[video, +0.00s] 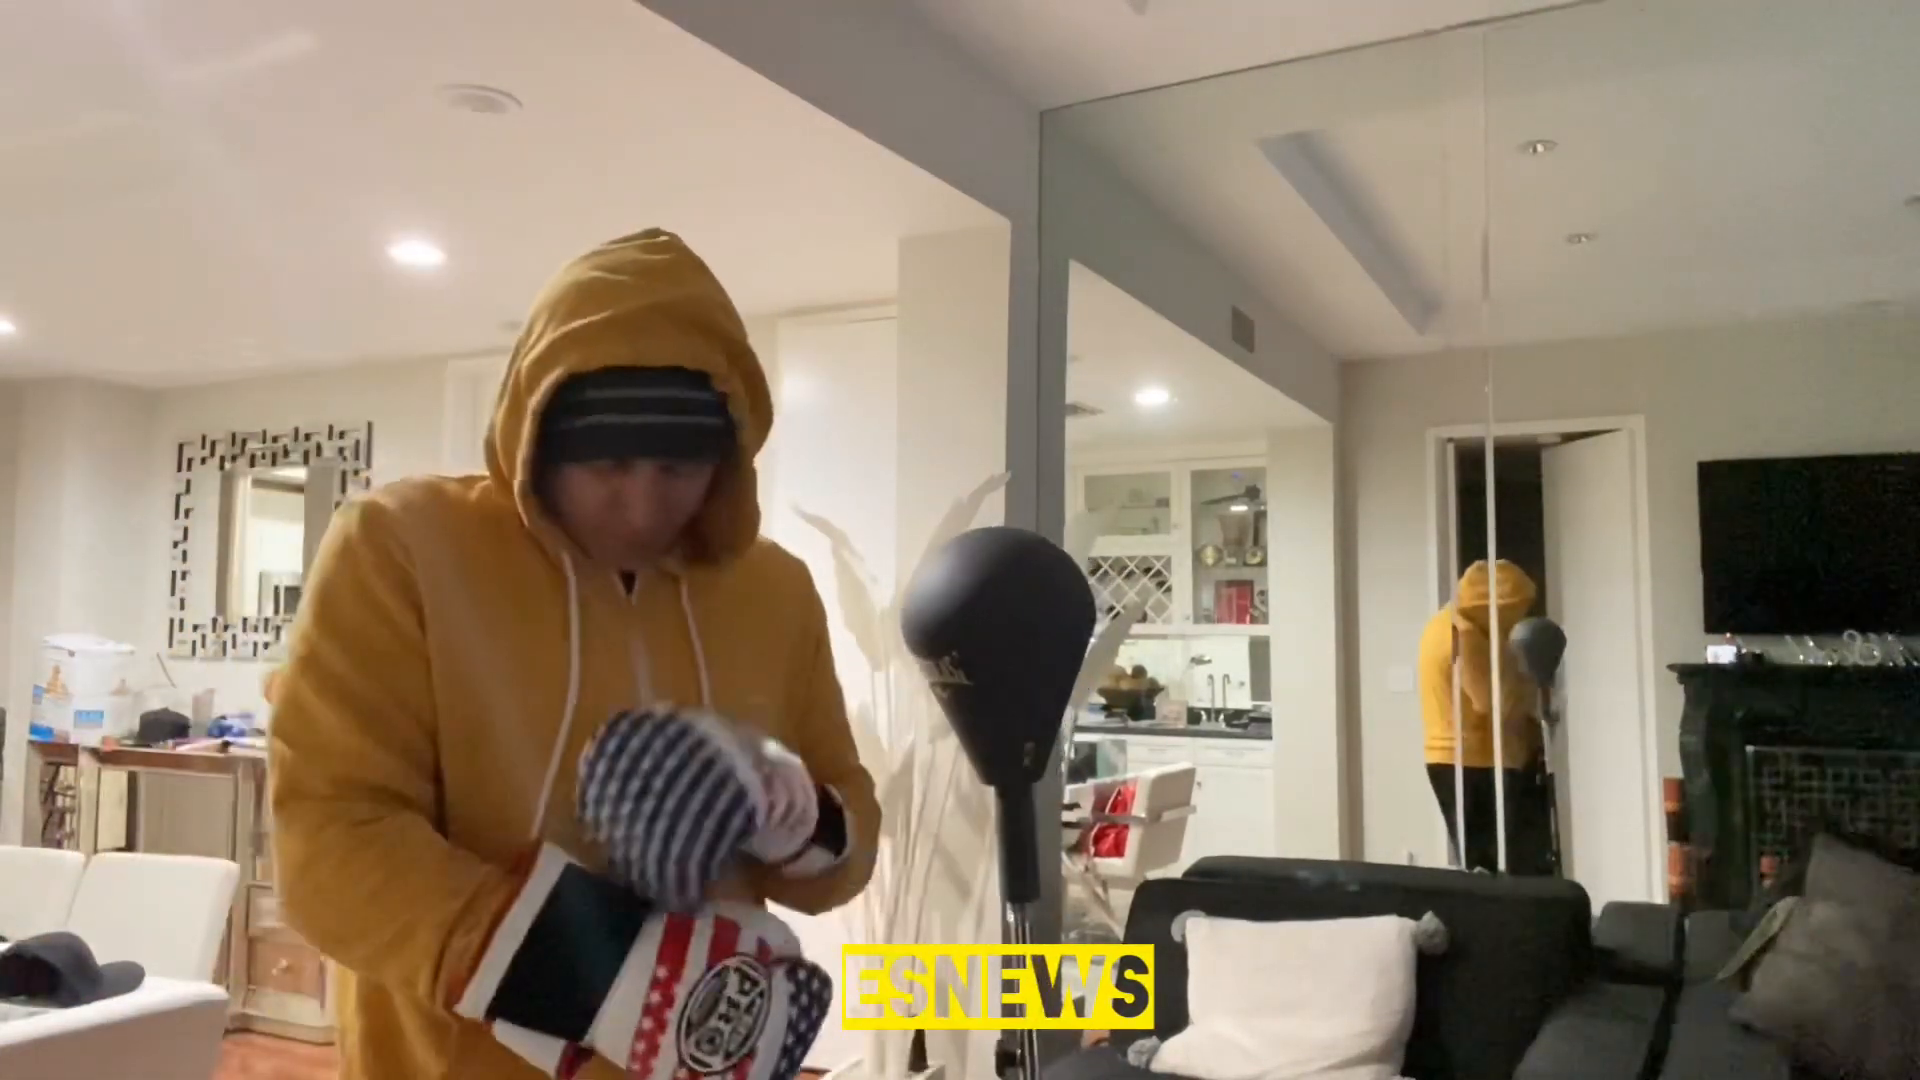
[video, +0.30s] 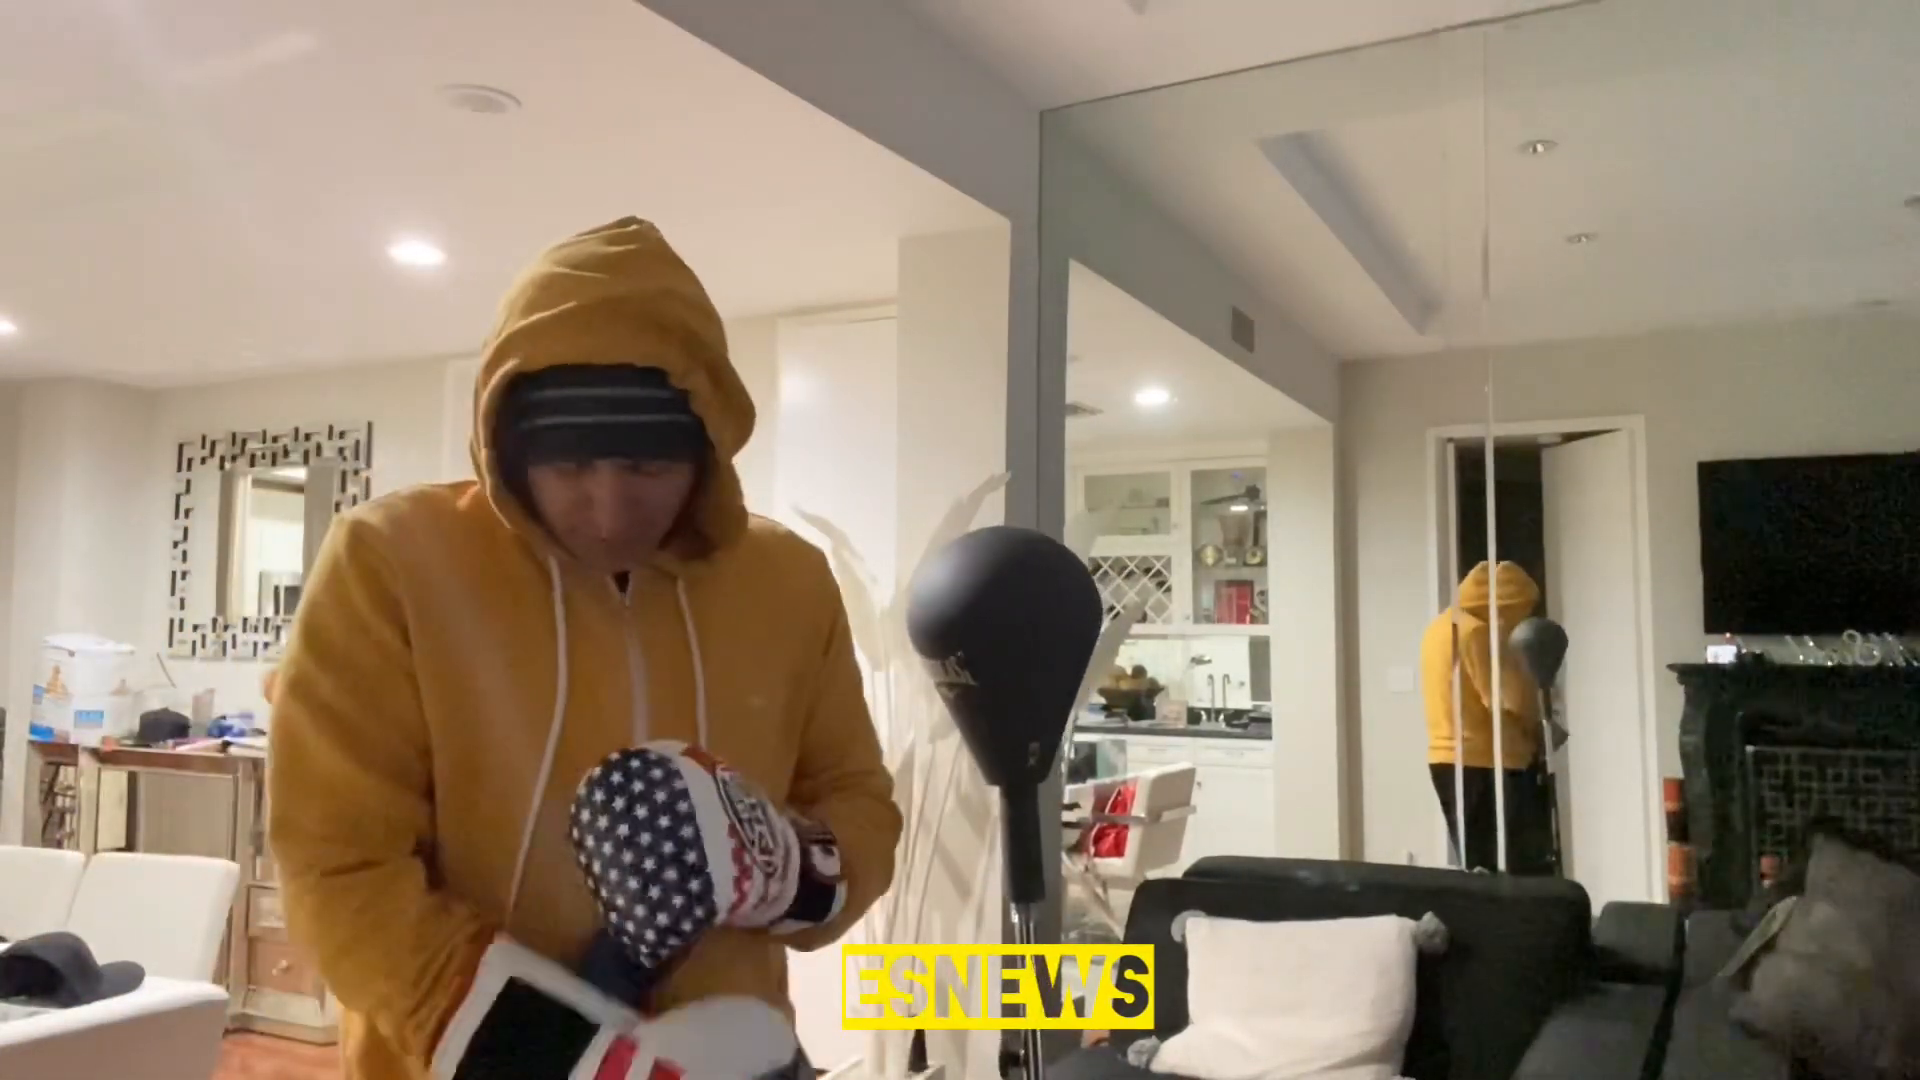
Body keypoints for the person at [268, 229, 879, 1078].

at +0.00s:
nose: (640, 505)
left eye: (678, 465)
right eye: (604, 462)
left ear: (720, 465)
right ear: (538, 451)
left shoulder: (773, 594)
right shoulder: (402, 551)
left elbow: (847, 853)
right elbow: (332, 842)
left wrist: (788, 817)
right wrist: (597, 966)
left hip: (693, 1061)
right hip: (448, 1059)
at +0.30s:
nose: (606, 513)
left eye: (647, 466)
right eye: (568, 465)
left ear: (703, 455)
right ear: (515, 451)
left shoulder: (786, 582)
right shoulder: (392, 564)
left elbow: (864, 815)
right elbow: (343, 874)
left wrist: (783, 864)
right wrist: (574, 1049)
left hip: (733, 1057)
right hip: (464, 1059)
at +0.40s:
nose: (586, 509)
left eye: (626, 463)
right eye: (549, 462)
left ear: (689, 453)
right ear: (500, 453)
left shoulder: (786, 577)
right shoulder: (380, 571)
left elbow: (870, 801)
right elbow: (336, 869)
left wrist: (788, 854)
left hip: (724, 1060)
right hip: (478, 1060)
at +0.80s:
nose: (522, 503)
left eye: (565, 451)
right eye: (482, 453)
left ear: (645, 425)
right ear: (436, 437)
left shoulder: (770, 559)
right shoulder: (332, 585)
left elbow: (873, 782)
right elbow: (288, 943)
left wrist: (789, 836)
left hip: (715, 1058)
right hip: (445, 1057)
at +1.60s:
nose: (512, 476)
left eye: (557, 420)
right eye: (469, 425)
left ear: (634, 402)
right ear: (417, 421)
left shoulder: (761, 556)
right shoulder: (302, 576)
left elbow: (889, 811)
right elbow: (193, 890)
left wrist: (724, 814)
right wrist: (459, 1009)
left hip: (708, 1066)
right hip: (418, 1072)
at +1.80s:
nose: (520, 467)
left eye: (567, 407)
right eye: (477, 413)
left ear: (647, 395)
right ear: (427, 414)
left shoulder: (775, 562)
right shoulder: (315, 578)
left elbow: (912, 780)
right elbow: (166, 891)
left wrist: (845, 882)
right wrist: (502, 900)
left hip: (722, 1066)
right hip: (434, 1066)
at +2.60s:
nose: (631, 386)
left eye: (670, 340)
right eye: (590, 343)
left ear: (732, 362)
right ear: (543, 372)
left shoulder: (842, 575)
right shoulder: (411, 563)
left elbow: (985, 822)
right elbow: (249, 846)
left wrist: (901, 801)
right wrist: (571, 799)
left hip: (761, 1062)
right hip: (469, 1061)